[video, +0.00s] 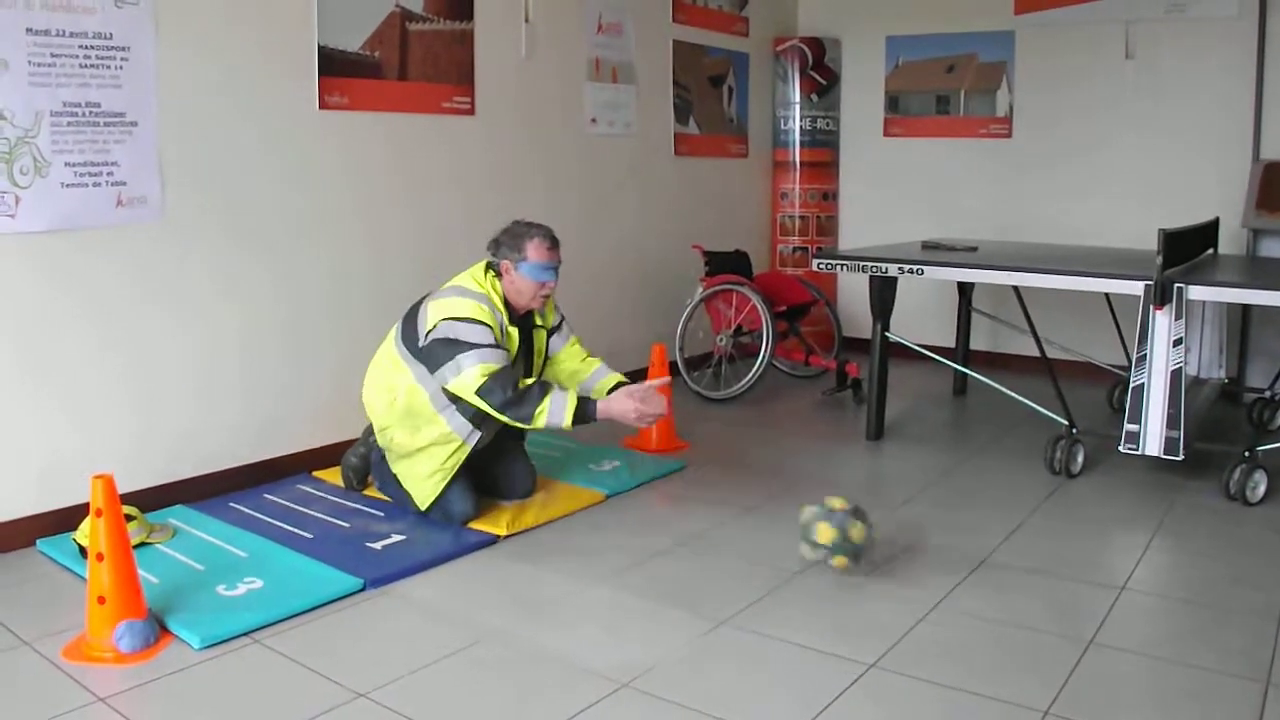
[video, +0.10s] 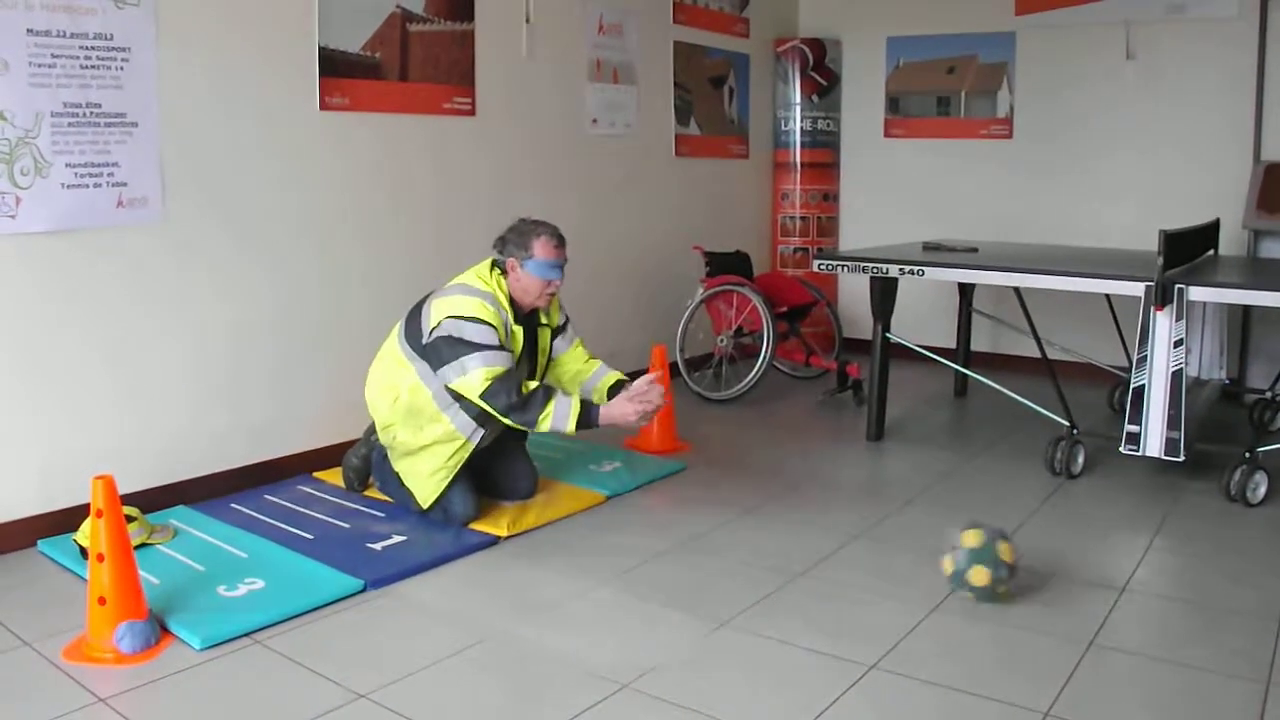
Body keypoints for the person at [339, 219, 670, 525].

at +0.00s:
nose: (550, 286)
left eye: (554, 274)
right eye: (541, 274)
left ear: (559, 272)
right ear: (505, 271)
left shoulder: (536, 305)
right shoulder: (462, 313)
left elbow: (570, 362)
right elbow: (504, 397)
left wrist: (622, 392)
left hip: (471, 405)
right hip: (410, 416)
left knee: (516, 485)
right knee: (456, 509)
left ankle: (432, 447)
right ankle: (377, 455)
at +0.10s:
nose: (556, 285)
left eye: (560, 274)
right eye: (547, 274)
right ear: (512, 269)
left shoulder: (540, 304)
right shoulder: (467, 311)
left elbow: (573, 364)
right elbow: (505, 399)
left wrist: (622, 391)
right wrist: (600, 414)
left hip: (471, 406)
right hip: (413, 415)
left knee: (518, 485)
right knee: (457, 509)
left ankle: (431, 448)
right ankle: (377, 454)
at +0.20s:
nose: (562, 286)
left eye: (566, 275)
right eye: (553, 275)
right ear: (518, 269)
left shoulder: (547, 307)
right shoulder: (468, 314)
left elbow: (566, 378)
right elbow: (493, 413)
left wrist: (609, 415)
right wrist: (581, 439)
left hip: (467, 412)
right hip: (413, 421)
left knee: (519, 485)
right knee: (457, 511)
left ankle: (427, 449)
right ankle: (378, 455)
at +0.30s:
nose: (569, 290)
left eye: (573, 279)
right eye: (560, 279)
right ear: (524, 272)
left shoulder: (551, 316)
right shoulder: (471, 317)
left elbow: (556, 388)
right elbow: (465, 419)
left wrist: (584, 444)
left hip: (473, 414)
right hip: (411, 421)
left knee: (520, 490)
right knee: (459, 510)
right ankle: (379, 456)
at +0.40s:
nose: (576, 296)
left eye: (580, 284)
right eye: (566, 284)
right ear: (532, 277)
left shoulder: (555, 326)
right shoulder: (472, 319)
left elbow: (545, 396)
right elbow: (441, 416)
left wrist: (562, 456)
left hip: (479, 411)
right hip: (409, 420)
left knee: (524, 488)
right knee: (461, 513)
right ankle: (383, 459)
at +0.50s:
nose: (578, 299)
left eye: (583, 288)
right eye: (569, 287)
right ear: (535, 280)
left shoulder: (557, 328)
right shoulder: (474, 320)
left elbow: (538, 398)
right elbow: (422, 410)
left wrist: (557, 458)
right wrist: (458, 484)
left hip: (482, 416)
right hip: (412, 424)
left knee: (523, 490)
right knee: (458, 514)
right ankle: (382, 460)